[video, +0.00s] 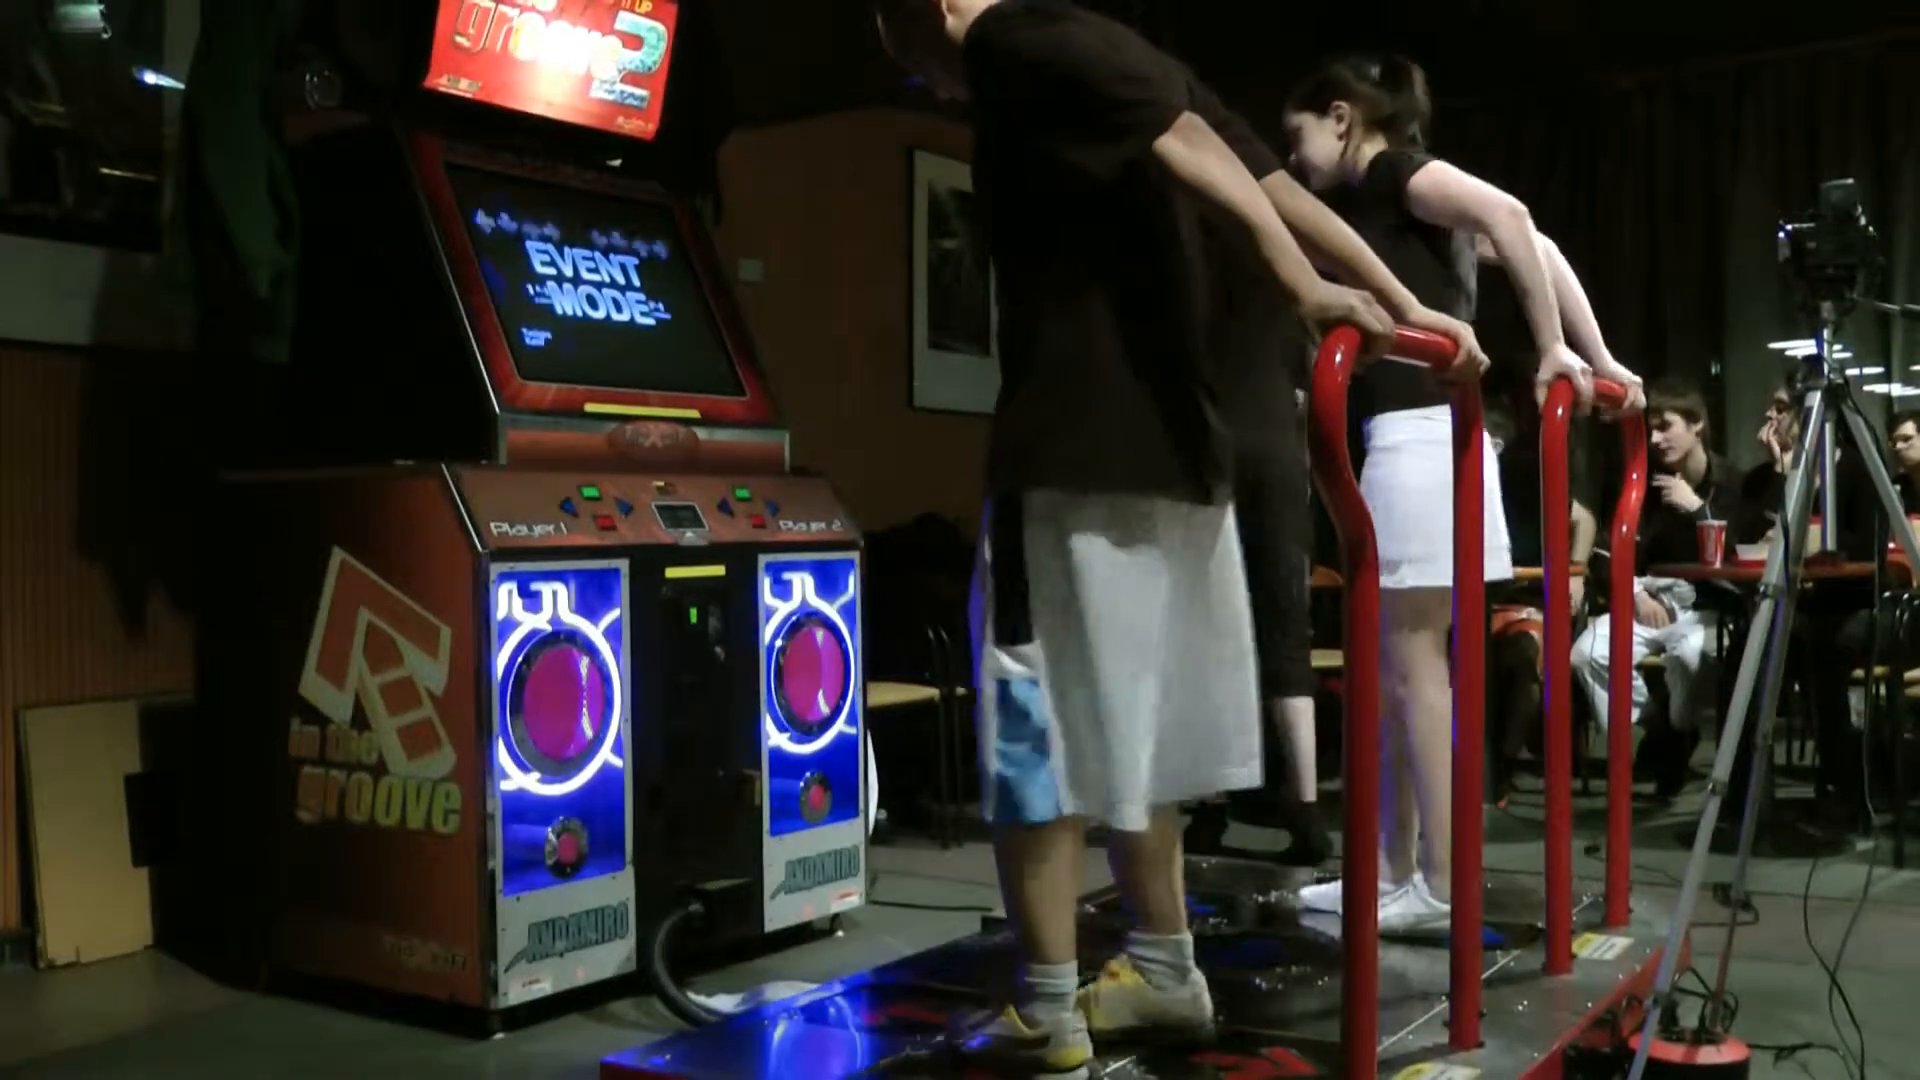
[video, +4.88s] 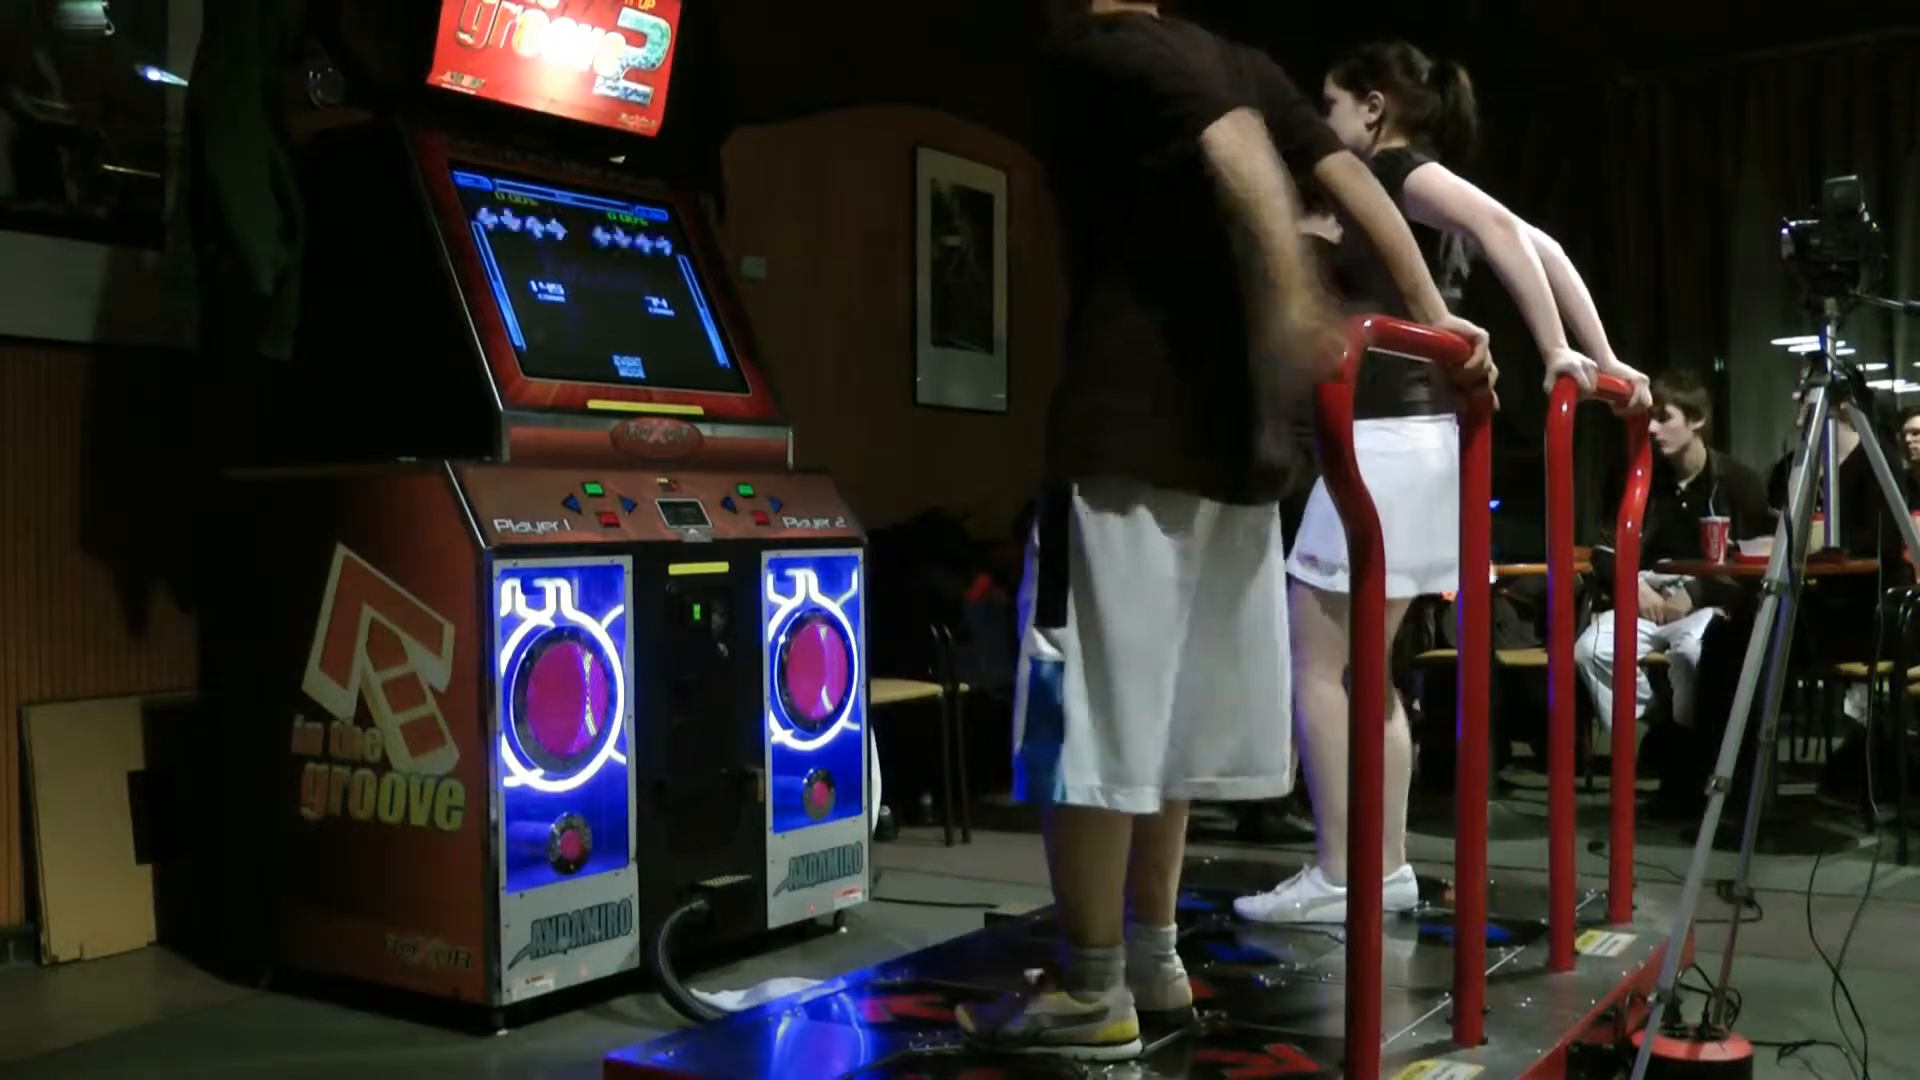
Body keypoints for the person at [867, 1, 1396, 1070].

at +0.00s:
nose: (921, 80)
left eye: (911, 54)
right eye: (911, 64)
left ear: (934, 16)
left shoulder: (1006, 40)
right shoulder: (1136, 58)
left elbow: (1204, 159)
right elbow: (1277, 187)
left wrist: (1303, 285)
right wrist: (1398, 297)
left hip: (1072, 440)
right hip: (1175, 443)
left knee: (1035, 721)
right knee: (1136, 704)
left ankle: (1052, 1010)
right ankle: (1168, 969)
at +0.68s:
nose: (970, 48)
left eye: (968, 27)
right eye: (965, 33)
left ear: (1009, 7)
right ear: (1067, 0)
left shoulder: (1088, 65)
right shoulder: (1119, 77)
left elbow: (1222, 175)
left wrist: (1324, 303)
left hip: (1105, 460)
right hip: (1157, 461)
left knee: (1073, 720)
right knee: (1113, 715)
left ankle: (1113, 987)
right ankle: (1092, 950)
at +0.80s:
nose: (980, 36)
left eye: (984, 18)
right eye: (976, 25)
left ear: (1036, 3)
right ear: (1062, 12)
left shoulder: (1114, 65)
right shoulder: (1073, 100)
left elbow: (1236, 169)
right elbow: (1078, 340)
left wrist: (1324, 296)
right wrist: (951, 447)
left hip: (1124, 465)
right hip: (1104, 464)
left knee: (1102, 730)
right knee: (1097, 725)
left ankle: (1149, 986)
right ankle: (1085, 941)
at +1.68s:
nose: (960, 36)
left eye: (960, 16)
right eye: (952, 24)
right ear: (1016, 12)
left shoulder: (1115, 61)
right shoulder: (1045, 104)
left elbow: (1242, 181)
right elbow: (1008, 324)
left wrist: (1326, 302)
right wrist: (917, 462)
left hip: (1112, 468)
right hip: (1053, 468)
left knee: (1118, 732)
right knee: (1071, 726)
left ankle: (1157, 997)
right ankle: (1084, 945)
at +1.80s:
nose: (954, 35)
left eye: (955, 15)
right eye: (950, 22)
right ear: (1008, 11)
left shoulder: (1112, 62)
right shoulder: (1052, 97)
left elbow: (1234, 175)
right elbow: (1155, 295)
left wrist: (1319, 297)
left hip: (1112, 470)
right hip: (1054, 469)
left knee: (1117, 739)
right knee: (1062, 730)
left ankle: (1157, 996)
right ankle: (1084, 943)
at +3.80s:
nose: (999, 16)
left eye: (1003, 4)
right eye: (1000, 9)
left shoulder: (1110, 56)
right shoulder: (1107, 72)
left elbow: (1227, 177)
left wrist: (1317, 301)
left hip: (1092, 471)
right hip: (1133, 466)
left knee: (1047, 719)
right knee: (1110, 715)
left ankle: (1114, 973)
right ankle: (1087, 946)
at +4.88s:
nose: (1062, 24)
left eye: (1063, 17)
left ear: (1091, 5)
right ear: (1166, 3)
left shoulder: (1089, 47)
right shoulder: (1247, 65)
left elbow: (1227, 126)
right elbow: (1360, 191)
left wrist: (1296, 311)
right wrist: (1435, 318)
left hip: (1127, 427)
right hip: (1241, 441)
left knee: (1098, 708)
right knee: (1171, 706)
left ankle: (1093, 992)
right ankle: (1155, 960)